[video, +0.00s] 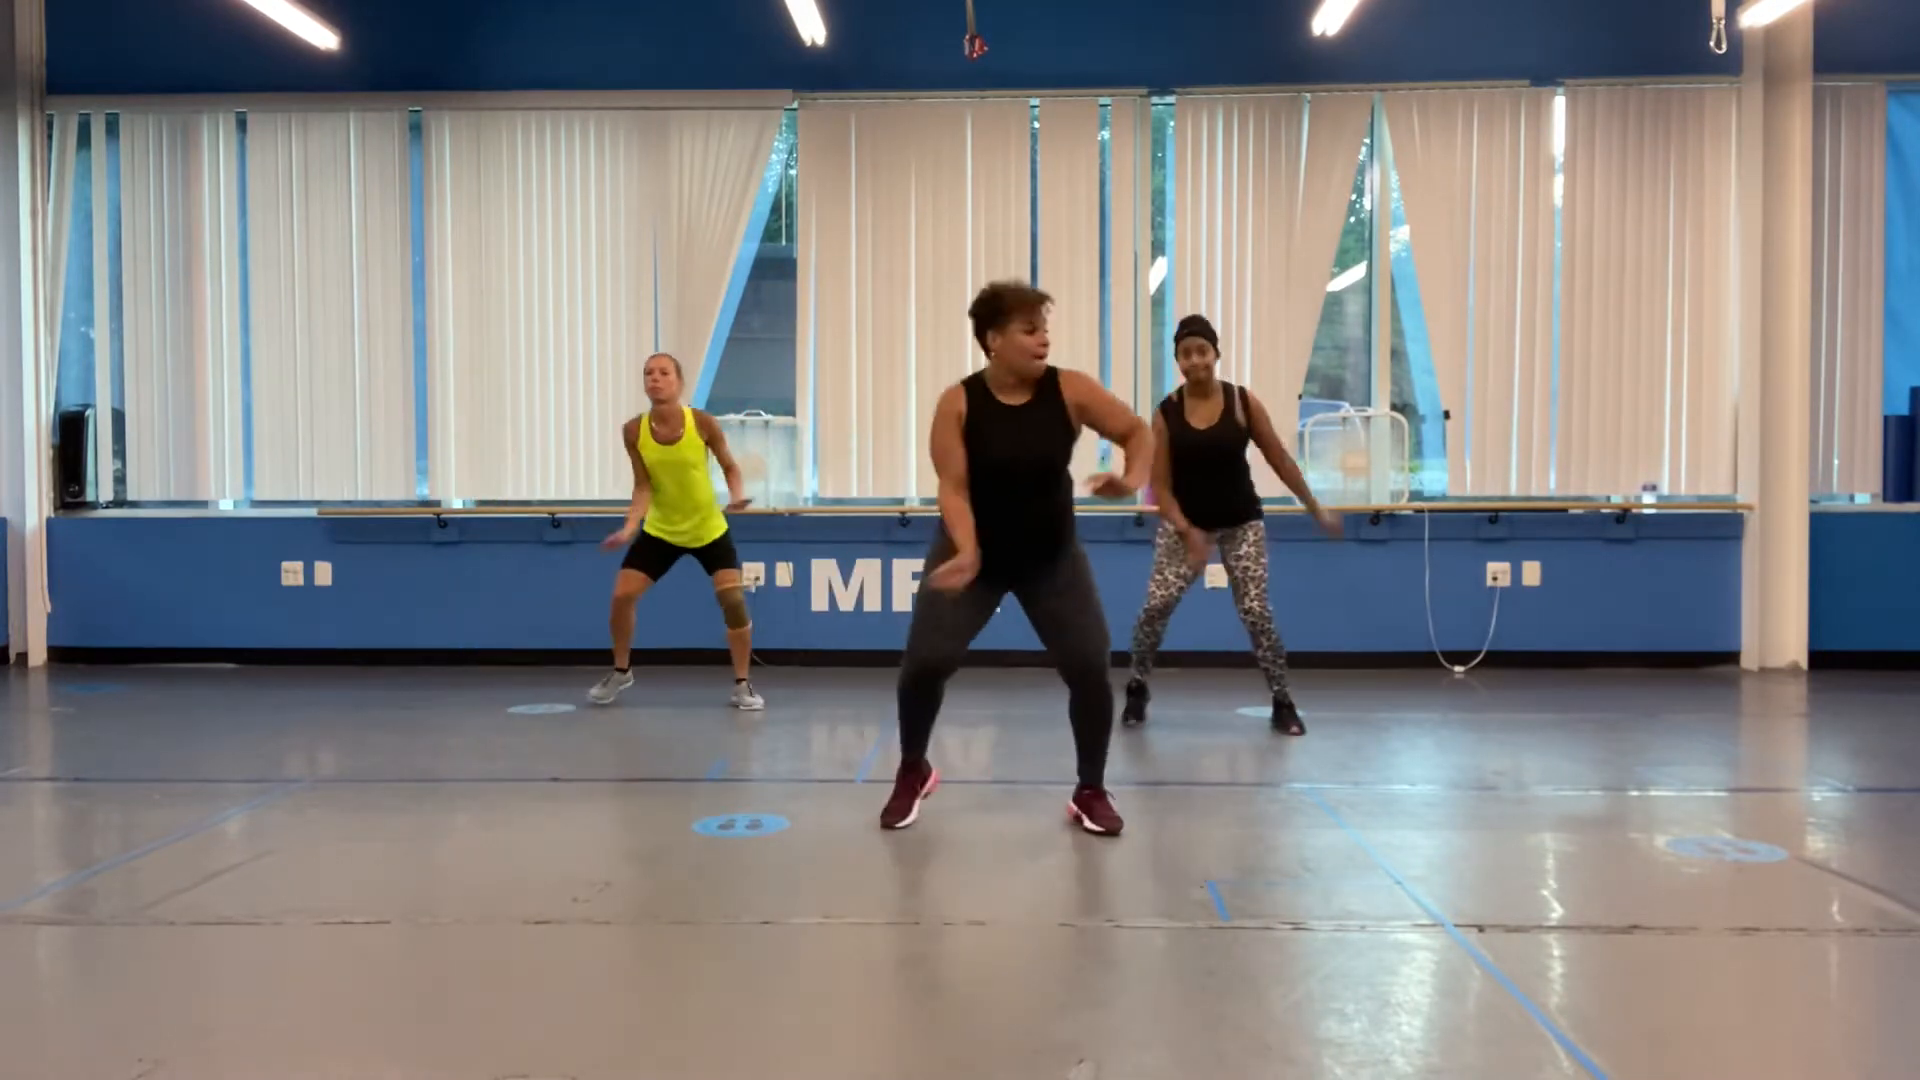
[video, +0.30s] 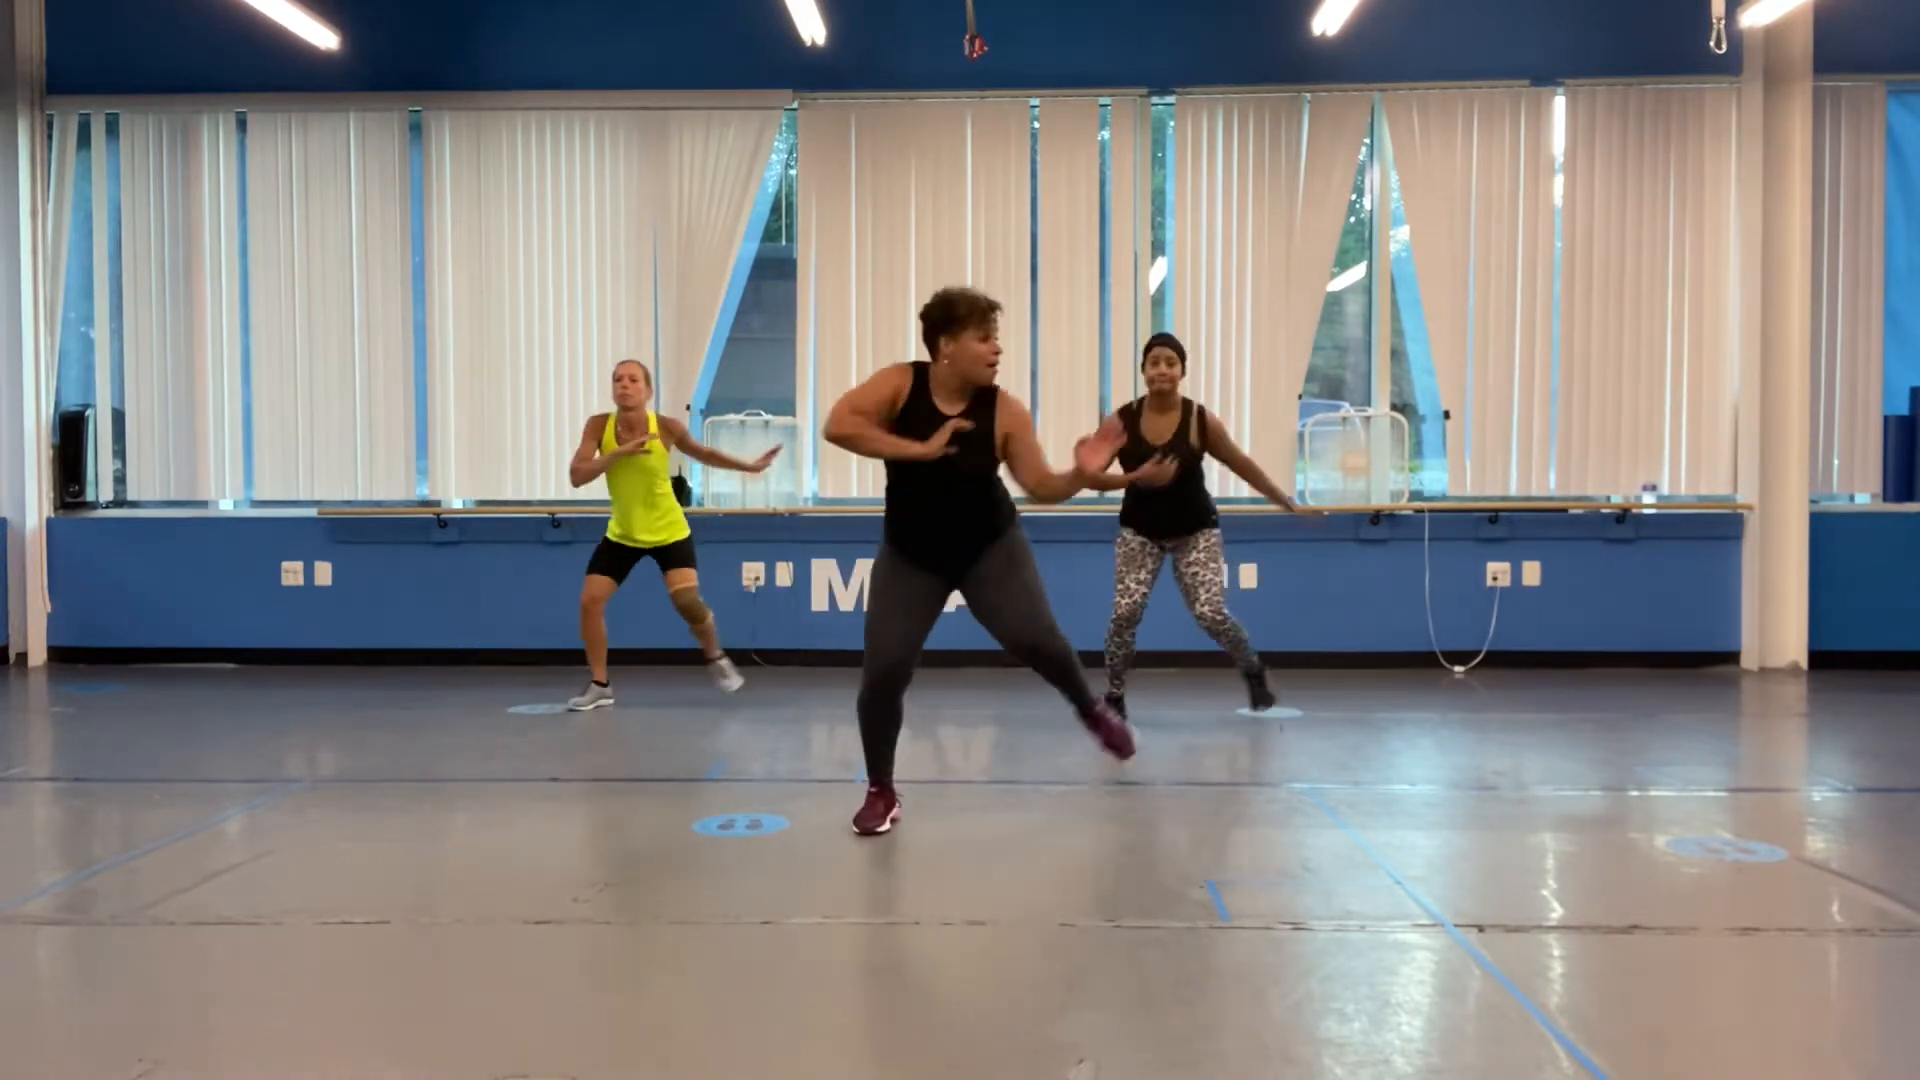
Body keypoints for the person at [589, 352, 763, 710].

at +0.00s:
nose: (656, 379)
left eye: (664, 373)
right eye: (650, 374)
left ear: (680, 383)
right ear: (644, 385)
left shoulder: (703, 423)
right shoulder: (634, 431)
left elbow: (729, 466)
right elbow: (642, 485)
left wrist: (737, 496)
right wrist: (630, 526)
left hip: (707, 527)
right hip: (661, 529)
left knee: (732, 600)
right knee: (622, 595)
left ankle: (742, 684)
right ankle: (621, 672)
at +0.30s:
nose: (624, 386)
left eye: (632, 380)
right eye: (619, 381)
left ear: (648, 390)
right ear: (612, 390)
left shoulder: (667, 427)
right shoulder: (599, 425)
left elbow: (701, 453)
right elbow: (577, 476)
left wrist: (748, 466)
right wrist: (620, 452)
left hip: (668, 529)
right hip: (623, 530)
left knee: (687, 601)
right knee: (591, 601)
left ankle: (716, 659)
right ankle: (600, 685)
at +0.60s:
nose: (652, 379)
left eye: (659, 372)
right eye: (644, 375)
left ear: (675, 380)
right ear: (639, 385)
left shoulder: (698, 419)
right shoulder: (630, 421)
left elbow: (709, 476)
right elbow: (589, 446)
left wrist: (678, 482)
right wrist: (575, 483)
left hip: (681, 522)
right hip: (634, 519)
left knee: (712, 591)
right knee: (603, 597)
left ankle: (733, 676)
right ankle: (583, 677)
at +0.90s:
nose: (656, 388)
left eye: (663, 381)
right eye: (649, 383)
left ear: (678, 389)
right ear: (643, 394)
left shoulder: (704, 427)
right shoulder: (637, 438)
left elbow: (734, 478)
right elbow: (641, 493)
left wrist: (710, 500)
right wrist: (599, 514)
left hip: (705, 530)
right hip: (659, 532)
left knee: (733, 599)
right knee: (625, 602)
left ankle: (740, 685)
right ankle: (627, 677)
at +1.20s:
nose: (598, 384)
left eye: (607, 378)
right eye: (593, 379)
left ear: (623, 386)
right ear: (587, 388)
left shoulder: (645, 425)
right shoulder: (576, 429)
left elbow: (686, 455)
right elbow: (568, 485)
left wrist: (731, 465)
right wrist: (607, 477)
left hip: (657, 526)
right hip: (613, 531)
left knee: (680, 595)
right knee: (579, 599)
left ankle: (723, 668)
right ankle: (589, 685)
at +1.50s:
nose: (552, 382)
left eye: (561, 377)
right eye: (547, 377)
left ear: (578, 387)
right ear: (542, 388)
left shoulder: (601, 417)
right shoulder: (537, 421)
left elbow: (653, 432)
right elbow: (529, 466)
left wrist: (701, 442)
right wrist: (568, 442)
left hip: (626, 522)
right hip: (582, 526)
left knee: (643, 599)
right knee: (546, 595)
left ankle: (683, 678)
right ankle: (529, 680)